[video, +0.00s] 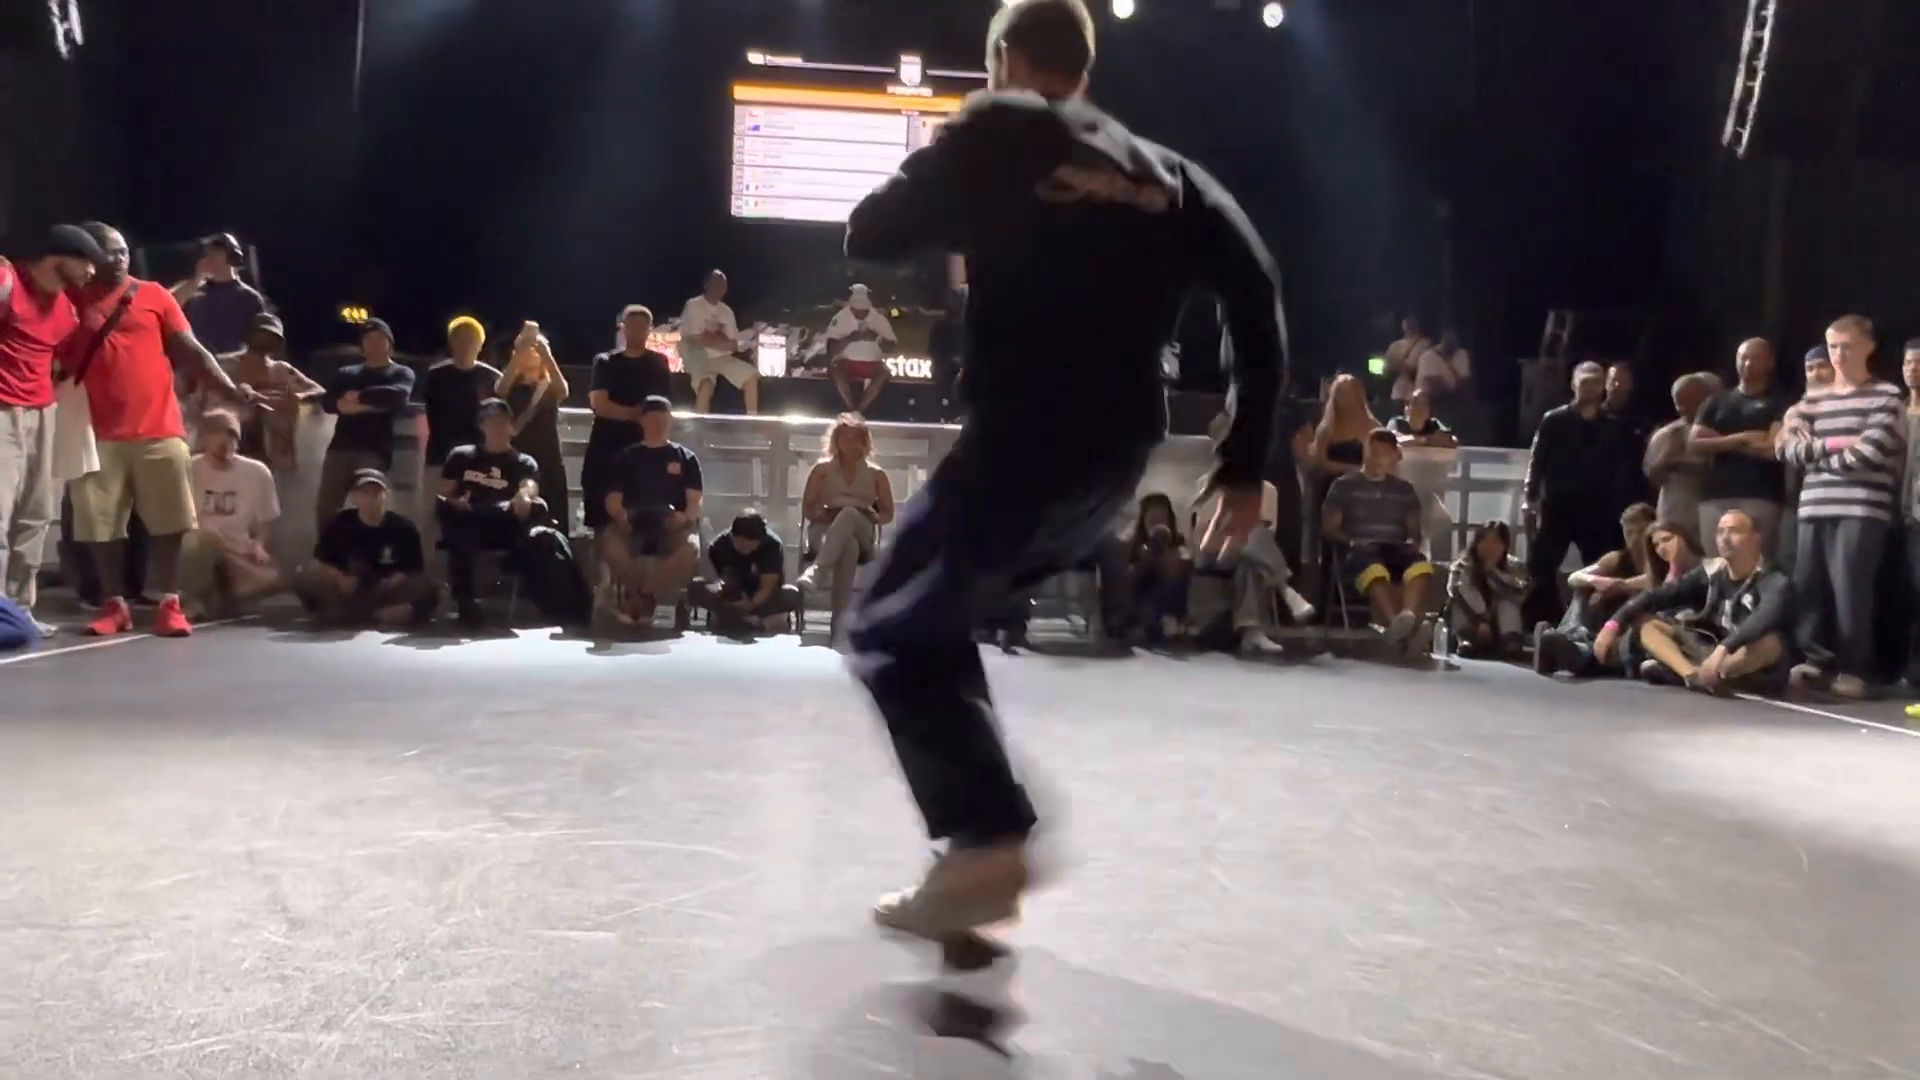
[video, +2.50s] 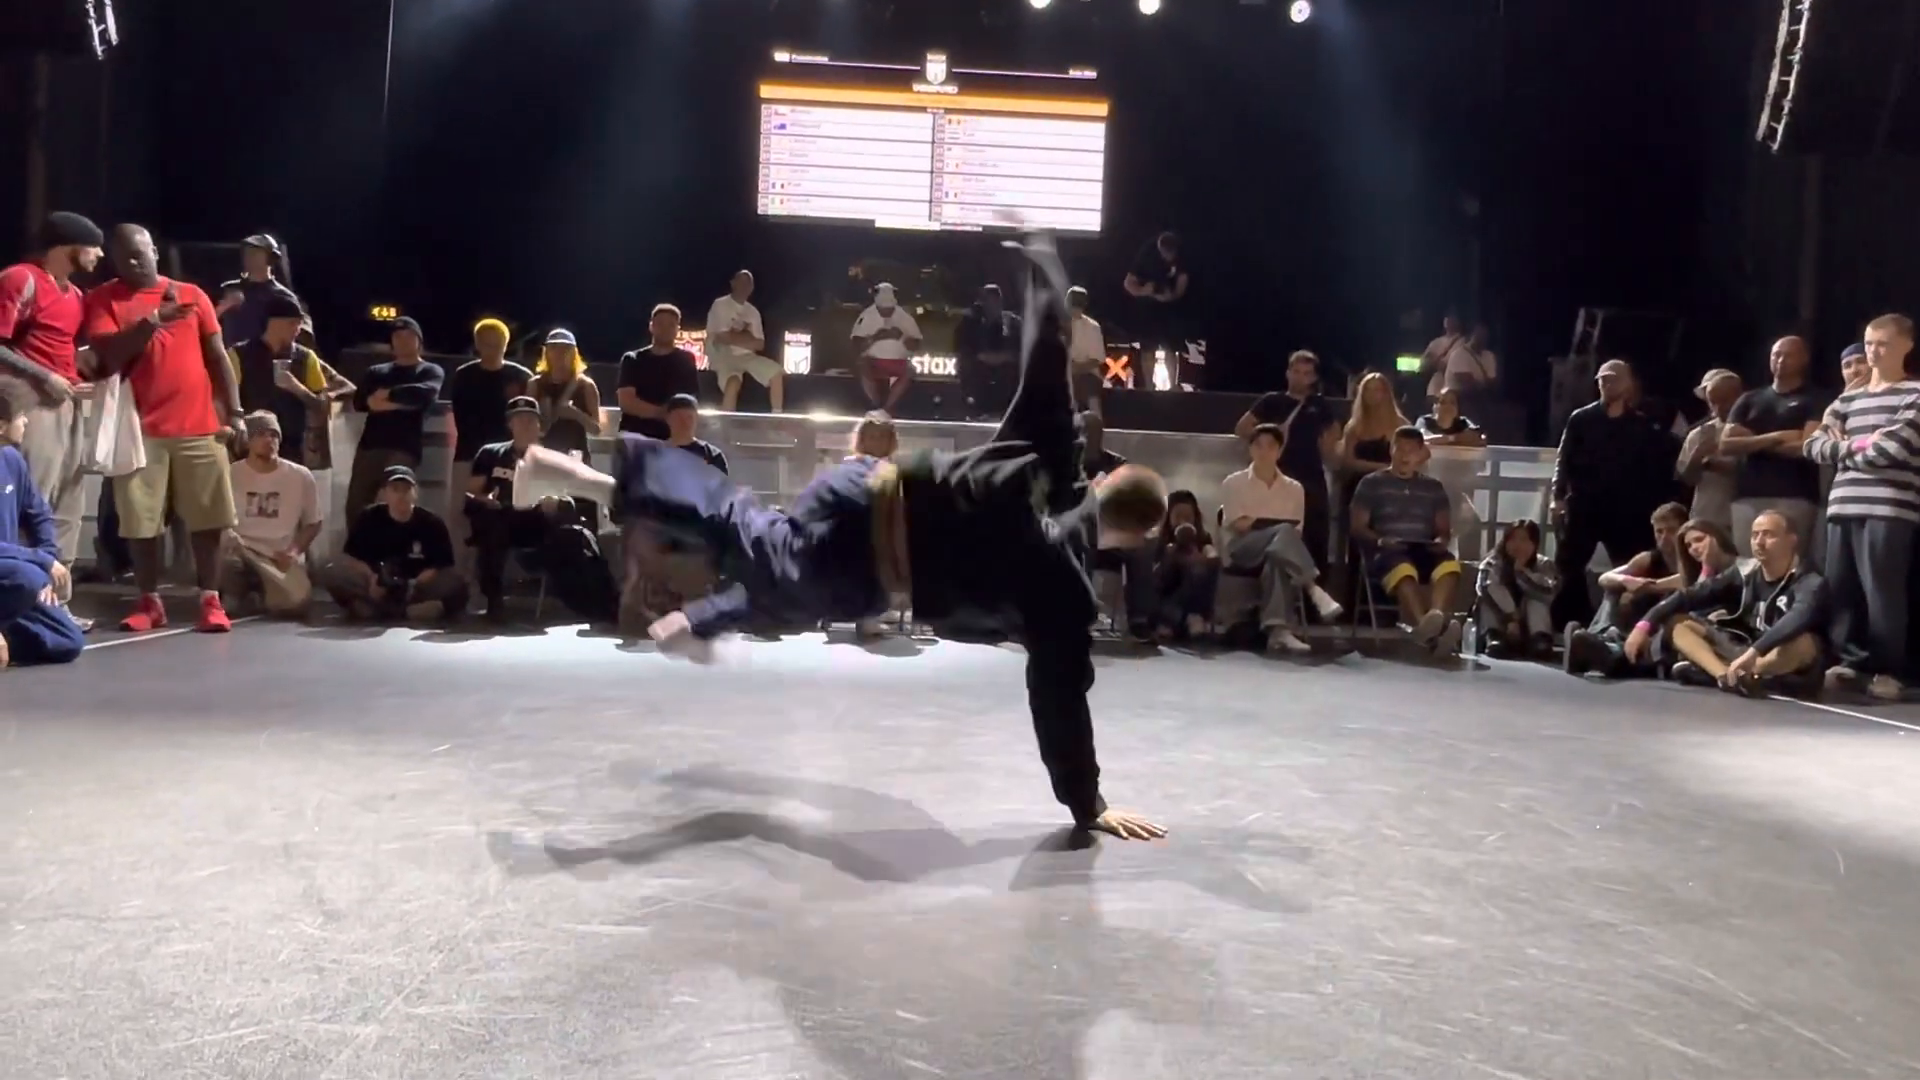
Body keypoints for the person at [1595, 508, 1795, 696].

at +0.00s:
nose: (1726, 538)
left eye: (1735, 532)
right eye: (1722, 532)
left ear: (1755, 538)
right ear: (1716, 538)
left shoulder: (1774, 582)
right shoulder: (1711, 572)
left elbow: (1767, 618)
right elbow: (1661, 596)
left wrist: (1724, 648)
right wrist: (1614, 624)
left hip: (1751, 659)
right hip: (1709, 649)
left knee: (1770, 643)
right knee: (1649, 628)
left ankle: (1692, 677)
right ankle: (1690, 675)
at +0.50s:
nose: (1729, 541)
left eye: (1738, 534)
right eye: (1725, 535)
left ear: (1760, 539)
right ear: (1719, 541)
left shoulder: (1779, 582)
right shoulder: (1716, 575)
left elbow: (1774, 616)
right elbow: (1663, 599)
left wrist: (1727, 650)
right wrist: (1618, 629)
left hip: (1762, 667)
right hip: (1719, 654)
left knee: (1774, 644)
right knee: (1653, 630)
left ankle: (1701, 679)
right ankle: (1699, 678)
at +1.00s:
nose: (1734, 539)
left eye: (1743, 533)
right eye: (1730, 534)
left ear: (1766, 537)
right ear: (1725, 539)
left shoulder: (1786, 581)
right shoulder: (1723, 571)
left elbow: (1774, 618)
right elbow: (1671, 596)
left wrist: (1732, 650)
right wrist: (1623, 626)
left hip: (1767, 665)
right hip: (1723, 651)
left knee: (1781, 642)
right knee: (1658, 627)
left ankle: (1706, 677)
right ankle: (1705, 676)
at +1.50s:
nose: (1743, 543)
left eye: (1752, 536)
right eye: (1739, 537)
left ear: (1774, 541)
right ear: (1733, 542)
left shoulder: (1794, 583)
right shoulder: (1731, 575)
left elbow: (1784, 620)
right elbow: (1678, 598)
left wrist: (1741, 654)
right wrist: (1631, 629)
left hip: (1776, 669)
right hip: (1733, 656)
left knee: (1789, 645)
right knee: (1665, 630)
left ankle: (1716, 679)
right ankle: (1711, 679)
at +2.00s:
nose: (1752, 542)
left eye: (1761, 535)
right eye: (1748, 536)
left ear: (1784, 540)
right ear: (1743, 540)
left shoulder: (1802, 582)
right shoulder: (1738, 574)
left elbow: (1791, 619)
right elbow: (1686, 596)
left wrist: (1748, 653)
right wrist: (1638, 626)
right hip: (1738, 653)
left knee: (1797, 643)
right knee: (1673, 630)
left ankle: (1717, 678)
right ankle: (1719, 677)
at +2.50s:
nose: (1758, 542)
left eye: (1767, 535)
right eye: (1755, 536)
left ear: (1792, 540)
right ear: (1749, 540)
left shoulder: (1810, 582)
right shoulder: (1745, 572)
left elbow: (1798, 620)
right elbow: (1693, 595)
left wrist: (1754, 651)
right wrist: (1645, 625)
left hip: (1789, 661)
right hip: (1746, 651)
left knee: (1803, 643)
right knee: (1679, 627)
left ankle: (1726, 678)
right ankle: (1726, 677)